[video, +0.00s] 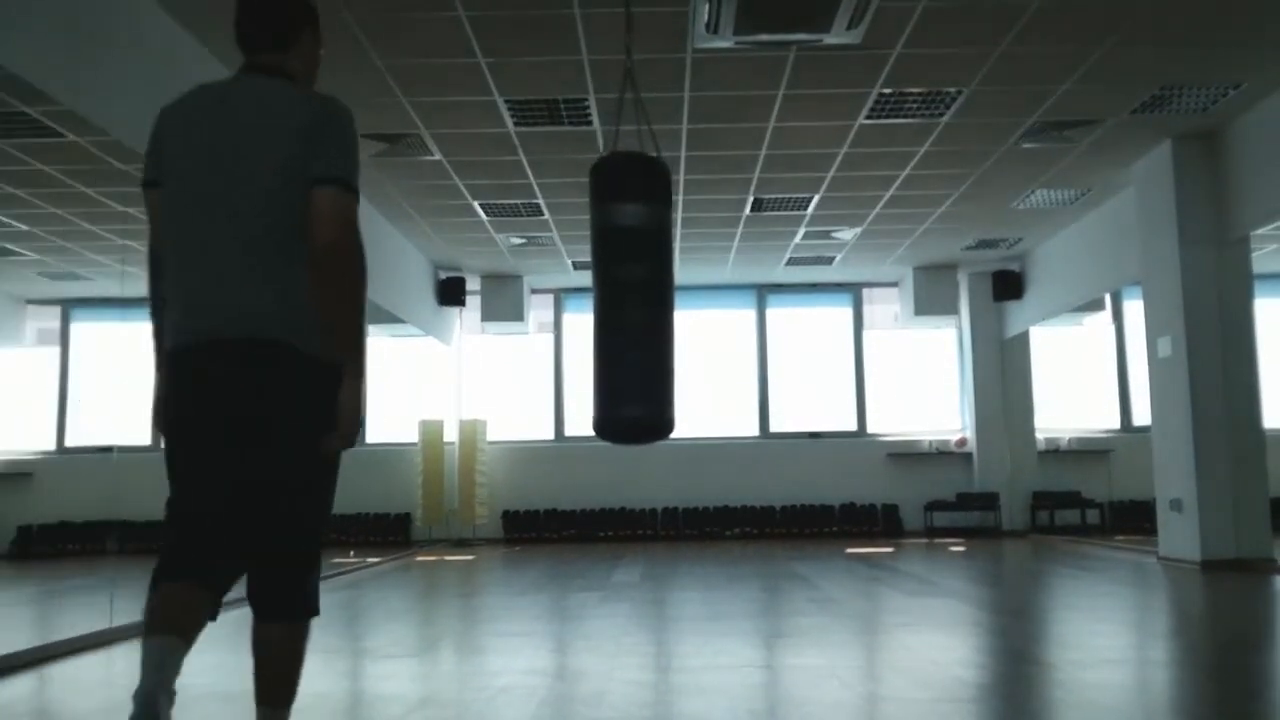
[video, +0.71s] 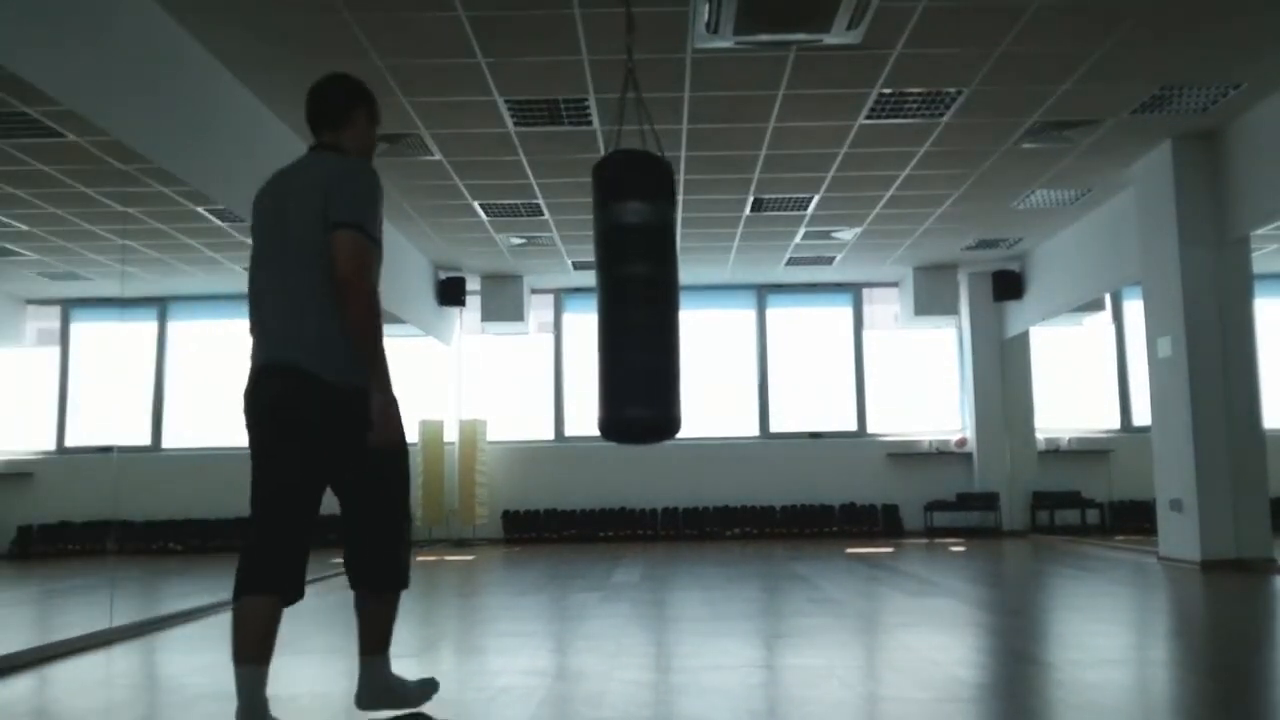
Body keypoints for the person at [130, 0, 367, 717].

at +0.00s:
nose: (321, 56)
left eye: (316, 41)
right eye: (318, 42)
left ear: (241, 41)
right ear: (306, 42)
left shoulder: (176, 118)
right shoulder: (321, 117)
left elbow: (162, 262)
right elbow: (334, 251)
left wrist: (167, 379)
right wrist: (350, 373)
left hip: (198, 369)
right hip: (290, 368)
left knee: (198, 543)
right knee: (288, 556)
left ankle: (152, 699)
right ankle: (273, 716)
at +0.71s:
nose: (374, 139)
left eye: (373, 127)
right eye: (372, 126)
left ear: (314, 125)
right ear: (356, 122)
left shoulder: (273, 189)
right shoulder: (353, 178)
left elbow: (267, 296)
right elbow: (352, 277)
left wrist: (273, 374)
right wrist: (381, 386)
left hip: (274, 388)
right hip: (342, 386)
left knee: (271, 542)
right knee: (381, 522)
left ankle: (251, 705)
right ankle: (375, 675)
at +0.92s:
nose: (404, 149)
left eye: (402, 137)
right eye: (399, 137)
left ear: (346, 141)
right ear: (380, 138)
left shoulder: (317, 201)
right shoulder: (377, 191)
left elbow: (311, 302)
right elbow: (364, 285)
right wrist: (390, 387)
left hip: (324, 397)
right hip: (377, 399)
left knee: (348, 521)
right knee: (401, 535)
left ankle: (283, 608)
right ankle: (385, 679)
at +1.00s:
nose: (407, 150)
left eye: (405, 139)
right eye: (404, 139)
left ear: (349, 142)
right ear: (389, 139)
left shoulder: (321, 202)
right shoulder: (390, 192)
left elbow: (288, 297)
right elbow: (395, 287)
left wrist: (293, 363)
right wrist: (420, 382)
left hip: (340, 389)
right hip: (384, 387)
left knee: (458, 429)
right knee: (410, 524)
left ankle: (340, 500)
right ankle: (386, 673)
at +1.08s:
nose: (409, 152)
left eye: (407, 141)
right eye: (404, 141)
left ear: (352, 145)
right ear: (385, 141)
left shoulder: (318, 206)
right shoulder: (397, 193)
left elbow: (265, 288)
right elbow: (420, 284)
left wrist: (231, 361)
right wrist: (448, 378)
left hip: (345, 389)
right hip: (396, 384)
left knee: (493, 368)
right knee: (410, 519)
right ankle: (388, 667)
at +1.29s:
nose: (411, 160)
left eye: (410, 149)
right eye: (407, 149)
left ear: (353, 151)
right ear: (389, 147)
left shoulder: (309, 210)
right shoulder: (402, 202)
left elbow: (231, 268)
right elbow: (448, 297)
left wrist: (153, 320)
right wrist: (489, 363)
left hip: (359, 382)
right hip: (394, 380)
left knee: (502, 328)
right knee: (395, 536)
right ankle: (385, 683)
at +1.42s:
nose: (432, 187)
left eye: (431, 176)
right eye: (425, 175)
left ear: (387, 178)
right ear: (402, 175)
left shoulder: (386, 235)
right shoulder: (382, 217)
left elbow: (435, 307)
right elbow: (349, 302)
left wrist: (443, 250)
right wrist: (404, 280)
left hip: (407, 396)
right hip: (435, 354)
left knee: (436, 527)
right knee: (553, 305)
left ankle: (430, 671)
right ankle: (683, 296)